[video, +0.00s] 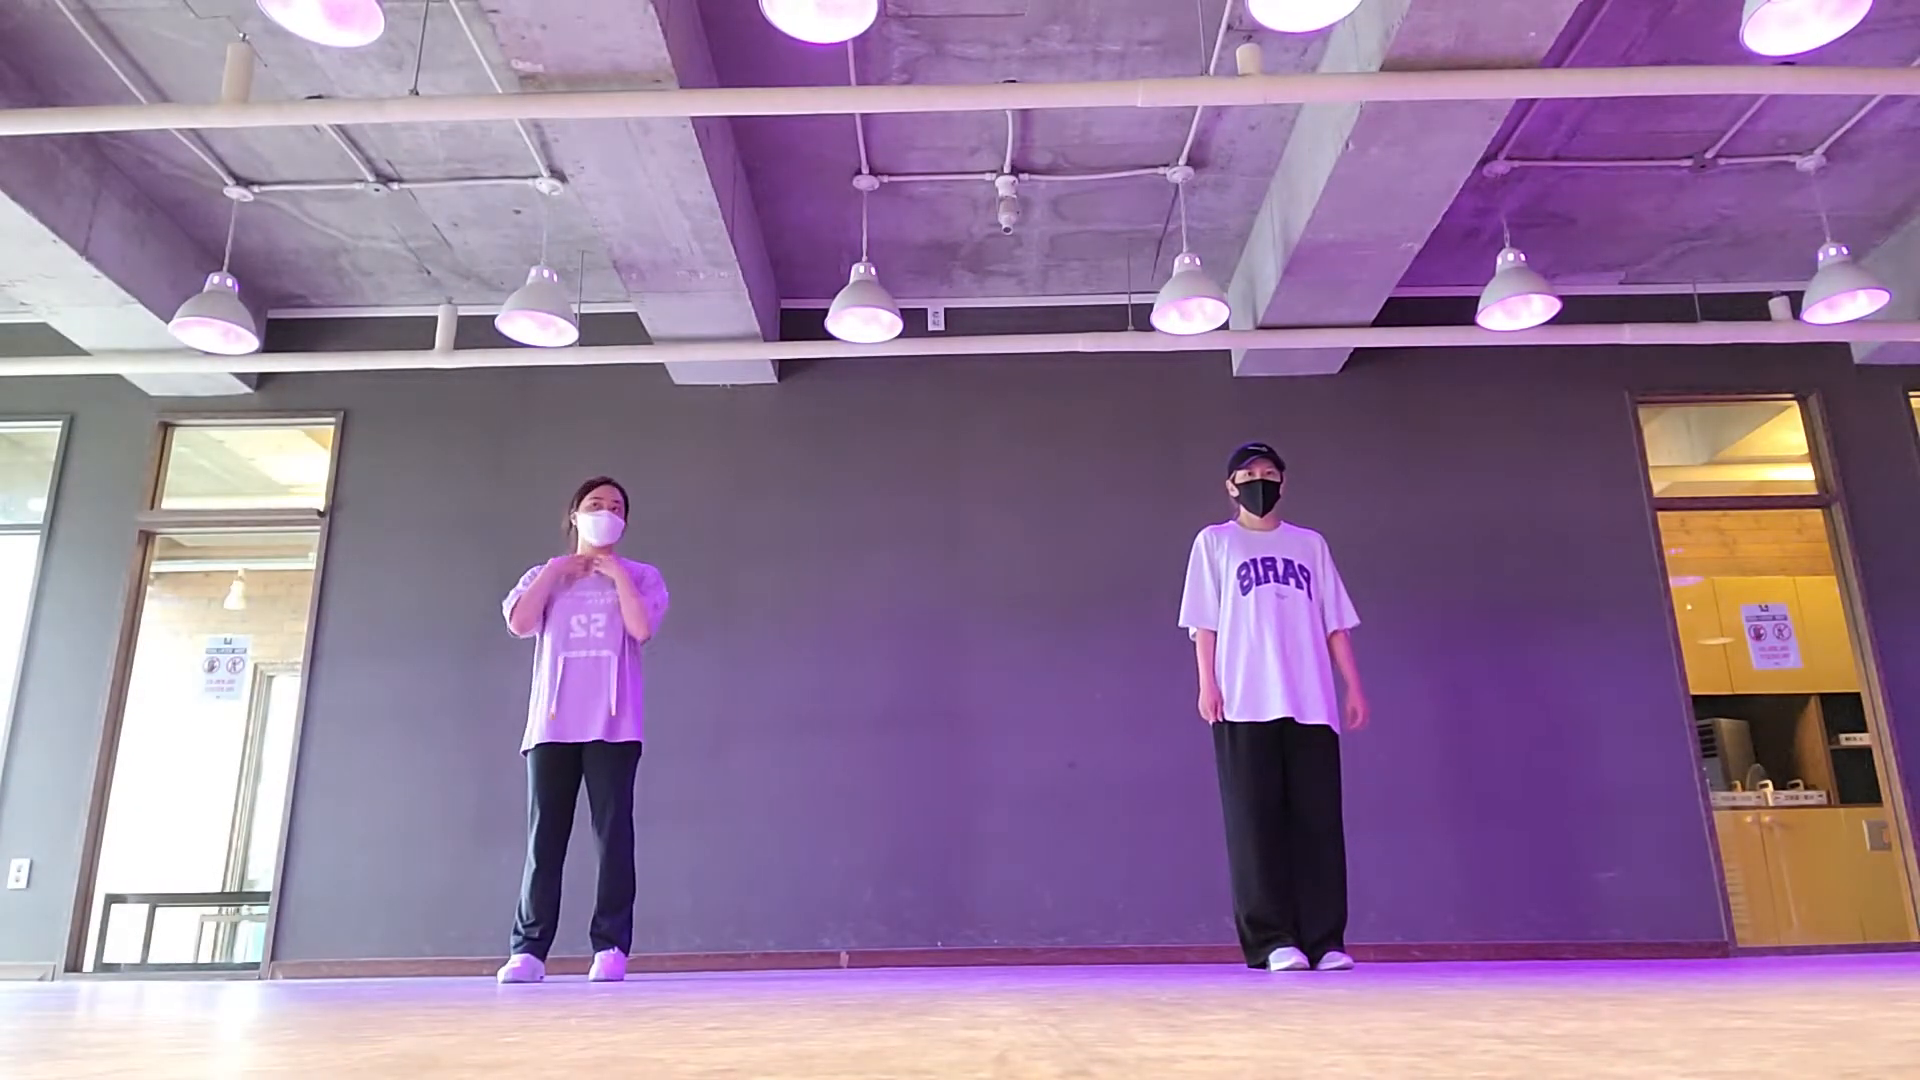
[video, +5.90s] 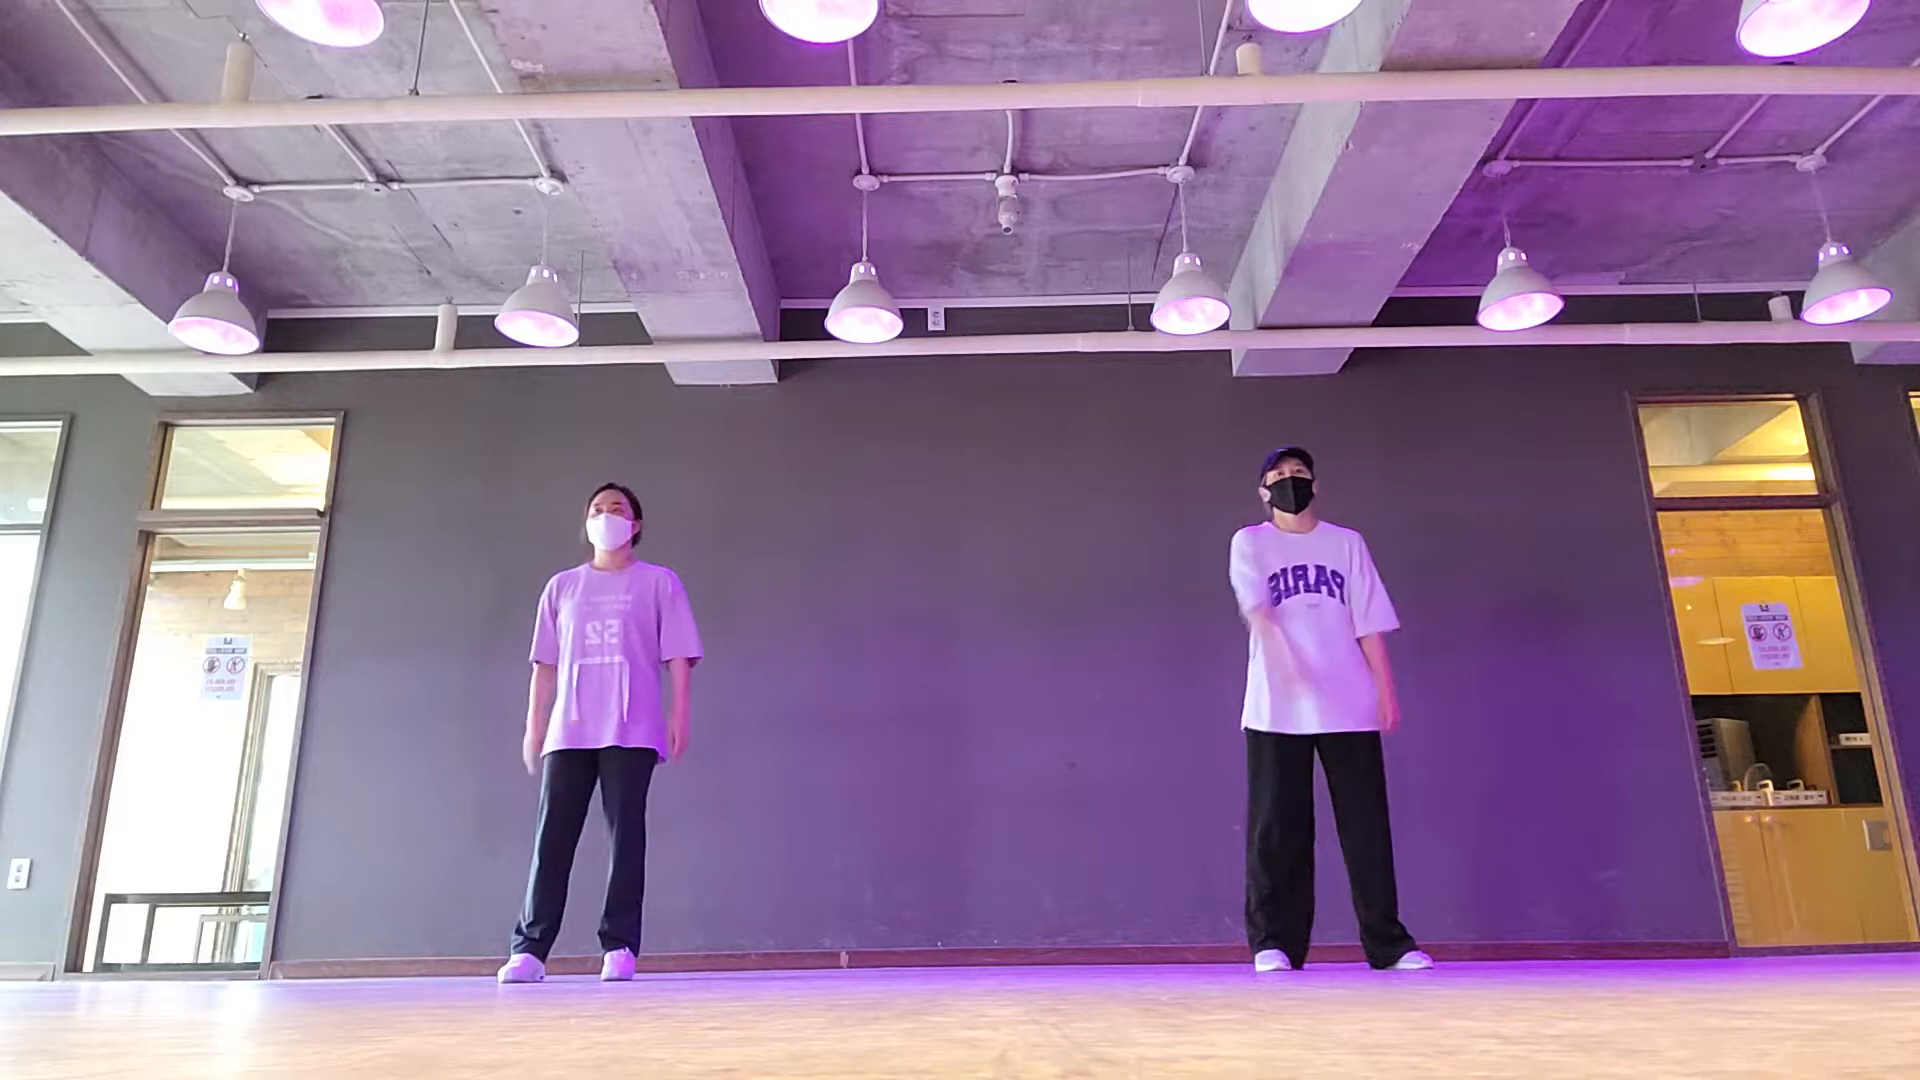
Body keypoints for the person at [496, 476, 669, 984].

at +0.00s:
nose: (606, 514)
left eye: (614, 508)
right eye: (595, 506)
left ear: (625, 524)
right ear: (574, 519)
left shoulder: (643, 577)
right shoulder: (546, 574)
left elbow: (642, 629)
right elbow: (519, 624)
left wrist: (618, 572)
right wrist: (554, 573)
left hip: (614, 725)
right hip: (551, 725)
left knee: (613, 838)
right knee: (544, 840)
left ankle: (610, 949)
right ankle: (528, 950)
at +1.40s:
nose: (573, 511)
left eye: (586, 503)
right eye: (569, 504)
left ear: (611, 519)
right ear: (562, 518)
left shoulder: (633, 574)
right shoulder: (543, 581)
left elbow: (676, 633)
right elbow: (499, 641)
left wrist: (657, 583)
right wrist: (478, 601)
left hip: (609, 723)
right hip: (547, 723)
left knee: (609, 839)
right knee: (542, 841)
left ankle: (610, 949)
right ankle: (527, 951)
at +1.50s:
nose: (573, 510)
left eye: (585, 503)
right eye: (569, 503)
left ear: (611, 518)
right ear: (561, 518)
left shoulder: (636, 576)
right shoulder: (540, 582)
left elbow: (674, 645)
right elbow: (518, 652)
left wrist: (639, 636)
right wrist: (494, 655)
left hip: (607, 725)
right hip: (546, 725)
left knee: (608, 840)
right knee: (541, 841)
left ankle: (610, 949)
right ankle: (527, 952)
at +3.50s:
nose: (556, 515)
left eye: (568, 508)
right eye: (553, 508)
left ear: (597, 518)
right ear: (547, 520)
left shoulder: (628, 572)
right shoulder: (535, 582)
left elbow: (654, 648)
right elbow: (538, 660)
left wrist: (650, 712)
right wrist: (534, 718)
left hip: (602, 721)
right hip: (542, 724)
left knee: (604, 838)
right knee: (538, 840)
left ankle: (609, 948)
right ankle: (527, 950)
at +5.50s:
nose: (578, 514)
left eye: (589, 508)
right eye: (569, 508)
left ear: (604, 528)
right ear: (554, 526)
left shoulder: (628, 584)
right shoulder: (526, 584)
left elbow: (636, 664)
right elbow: (520, 662)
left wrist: (599, 707)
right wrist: (554, 698)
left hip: (595, 727)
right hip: (535, 727)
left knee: (600, 836)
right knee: (533, 840)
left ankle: (616, 949)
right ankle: (526, 951)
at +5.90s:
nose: (606, 514)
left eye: (618, 509)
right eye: (598, 509)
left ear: (635, 526)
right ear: (586, 527)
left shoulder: (659, 582)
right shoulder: (561, 586)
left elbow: (679, 656)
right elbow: (544, 667)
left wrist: (679, 717)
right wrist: (533, 731)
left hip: (631, 727)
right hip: (568, 728)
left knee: (626, 840)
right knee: (551, 838)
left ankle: (620, 948)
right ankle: (529, 950)